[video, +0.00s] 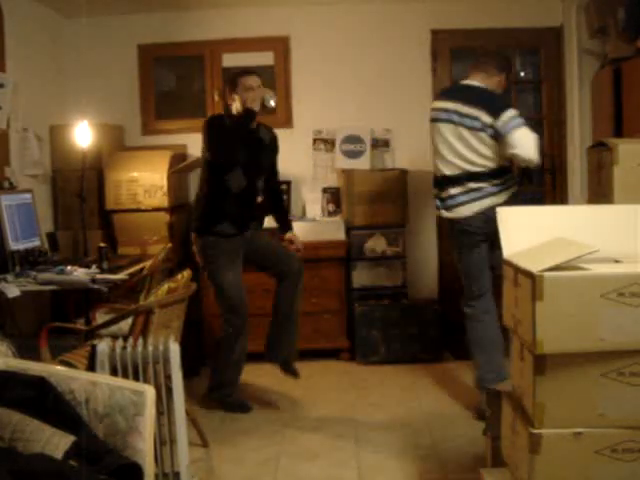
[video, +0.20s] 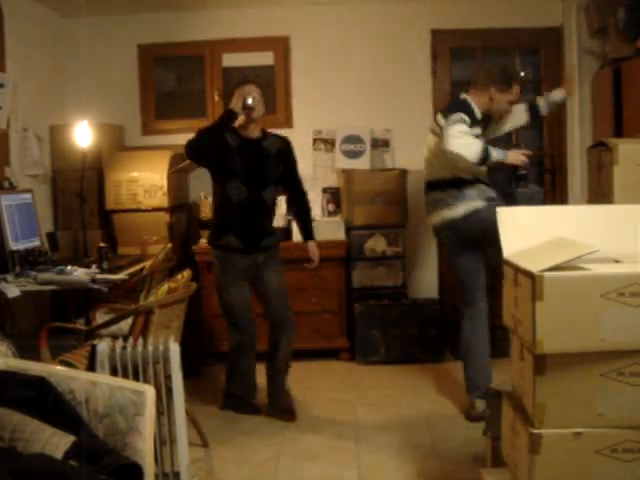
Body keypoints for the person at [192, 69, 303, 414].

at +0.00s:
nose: (255, 95)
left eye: (258, 89)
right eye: (248, 90)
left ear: (264, 94)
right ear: (233, 96)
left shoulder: (266, 137)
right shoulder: (217, 125)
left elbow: (272, 186)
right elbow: (222, 156)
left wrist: (285, 228)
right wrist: (250, 115)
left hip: (250, 233)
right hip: (217, 236)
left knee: (291, 267)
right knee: (236, 312)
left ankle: (282, 349)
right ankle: (221, 391)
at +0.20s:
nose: (250, 108)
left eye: (254, 102)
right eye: (244, 103)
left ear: (264, 109)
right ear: (235, 111)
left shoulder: (278, 146)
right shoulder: (220, 143)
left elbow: (296, 193)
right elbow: (194, 151)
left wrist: (308, 237)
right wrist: (228, 118)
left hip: (266, 249)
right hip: (229, 251)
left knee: (282, 320)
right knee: (242, 328)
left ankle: (278, 393)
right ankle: (239, 394)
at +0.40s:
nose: (257, 82)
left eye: (264, 76)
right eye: (251, 76)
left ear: (275, 85)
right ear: (241, 85)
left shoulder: (293, 125)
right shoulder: (231, 122)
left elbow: (316, 175)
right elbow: (198, 145)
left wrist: (329, 222)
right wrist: (233, 106)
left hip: (287, 220)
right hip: (251, 225)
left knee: (309, 263)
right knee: (257, 309)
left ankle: (306, 347)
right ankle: (247, 387)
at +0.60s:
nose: (271, 93)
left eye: (276, 86)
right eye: (263, 87)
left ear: (288, 89)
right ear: (253, 91)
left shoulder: (307, 128)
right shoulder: (242, 124)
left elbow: (333, 180)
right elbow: (212, 160)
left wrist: (344, 228)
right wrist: (245, 118)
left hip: (301, 226)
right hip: (262, 230)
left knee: (310, 293)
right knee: (277, 311)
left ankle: (315, 375)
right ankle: (287, 395)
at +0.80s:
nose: (329, 120)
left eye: (332, 112)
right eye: (322, 112)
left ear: (333, 111)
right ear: (299, 110)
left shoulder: (338, 142)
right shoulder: (271, 137)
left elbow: (363, 190)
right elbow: (244, 184)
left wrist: (370, 233)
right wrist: (292, 157)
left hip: (329, 240)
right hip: (287, 242)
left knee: (336, 309)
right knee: (294, 322)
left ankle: (330, 385)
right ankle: (299, 396)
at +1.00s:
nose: (388, 119)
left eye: (390, 111)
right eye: (382, 111)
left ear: (362, 107)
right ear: (355, 105)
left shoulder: (374, 143)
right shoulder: (305, 131)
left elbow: (374, 200)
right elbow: (278, 188)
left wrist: (376, 250)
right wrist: (339, 179)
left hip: (346, 243)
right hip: (302, 244)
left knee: (358, 330)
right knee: (310, 338)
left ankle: (357, 420)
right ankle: (318, 419)